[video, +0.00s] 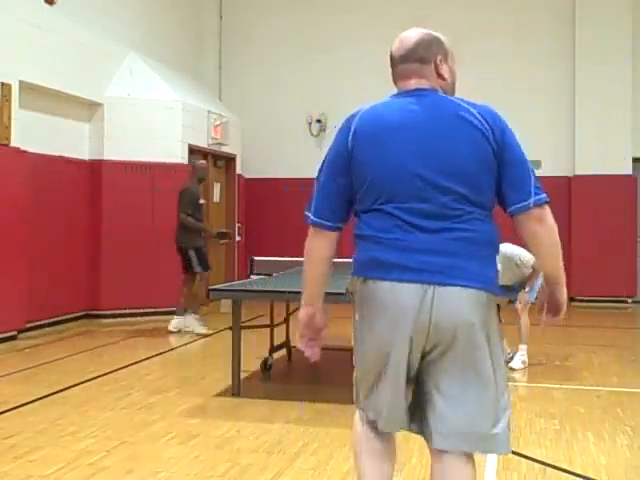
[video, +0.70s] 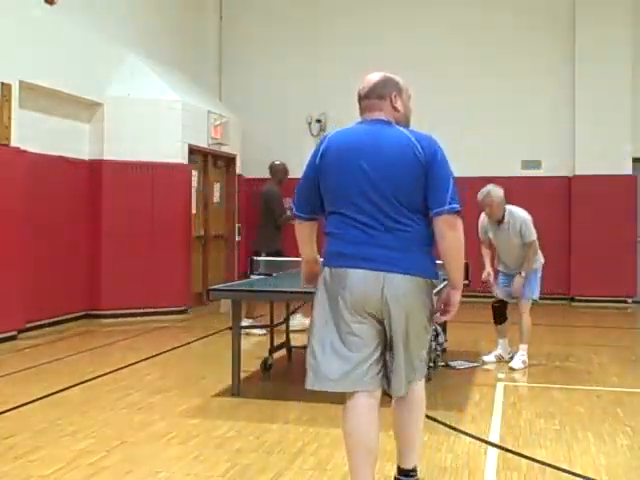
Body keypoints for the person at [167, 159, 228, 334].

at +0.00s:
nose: (206, 174)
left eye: (206, 170)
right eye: (204, 170)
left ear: (199, 172)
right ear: (197, 172)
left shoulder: (195, 191)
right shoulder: (189, 191)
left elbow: (194, 219)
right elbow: (183, 216)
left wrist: (212, 234)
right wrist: (205, 229)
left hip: (190, 240)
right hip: (189, 241)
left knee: (189, 278)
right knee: (201, 275)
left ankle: (179, 316)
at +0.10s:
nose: (218, 174)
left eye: (217, 170)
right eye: (215, 170)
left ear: (209, 174)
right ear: (207, 173)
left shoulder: (206, 191)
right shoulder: (200, 192)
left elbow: (212, 218)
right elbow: (194, 219)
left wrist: (232, 227)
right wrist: (218, 230)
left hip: (199, 242)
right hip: (199, 243)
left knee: (191, 279)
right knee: (214, 278)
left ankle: (179, 318)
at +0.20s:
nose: (229, 179)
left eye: (229, 176)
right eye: (228, 176)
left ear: (220, 176)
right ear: (220, 176)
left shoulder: (218, 195)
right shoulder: (211, 195)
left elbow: (225, 218)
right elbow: (206, 222)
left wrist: (247, 223)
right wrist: (228, 231)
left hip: (211, 244)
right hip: (210, 246)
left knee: (199, 283)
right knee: (229, 280)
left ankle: (181, 316)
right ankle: (238, 318)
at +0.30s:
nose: (243, 179)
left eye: (242, 176)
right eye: (241, 176)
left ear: (231, 178)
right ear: (234, 178)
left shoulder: (231, 197)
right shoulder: (225, 198)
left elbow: (239, 220)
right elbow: (224, 225)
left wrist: (262, 223)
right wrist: (248, 234)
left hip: (227, 246)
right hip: (224, 247)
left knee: (222, 283)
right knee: (237, 281)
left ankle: (190, 310)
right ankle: (241, 319)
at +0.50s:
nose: (266, 177)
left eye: (266, 173)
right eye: (264, 173)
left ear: (253, 173)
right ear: (257, 174)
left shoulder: (253, 191)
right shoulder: (249, 192)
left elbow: (256, 215)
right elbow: (252, 219)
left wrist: (271, 219)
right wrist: (272, 218)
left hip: (250, 244)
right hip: (246, 245)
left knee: (250, 281)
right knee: (247, 281)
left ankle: (247, 316)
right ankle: (244, 317)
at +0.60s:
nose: (277, 175)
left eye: (276, 171)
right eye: (275, 171)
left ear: (261, 172)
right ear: (270, 173)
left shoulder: (257, 189)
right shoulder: (262, 192)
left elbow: (264, 215)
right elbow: (269, 218)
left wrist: (278, 215)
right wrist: (282, 213)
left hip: (254, 244)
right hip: (261, 246)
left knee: (253, 282)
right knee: (260, 283)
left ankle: (249, 315)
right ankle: (256, 317)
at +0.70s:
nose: (287, 175)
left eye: (286, 172)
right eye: (285, 172)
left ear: (272, 173)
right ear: (281, 174)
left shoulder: (270, 189)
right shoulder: (272, 192)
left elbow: (277, 215)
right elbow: (280, 219)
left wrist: (287, 212)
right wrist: (292, 214)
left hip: (264, 246)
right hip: (270, 247)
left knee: (256, 283)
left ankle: (249, 317)